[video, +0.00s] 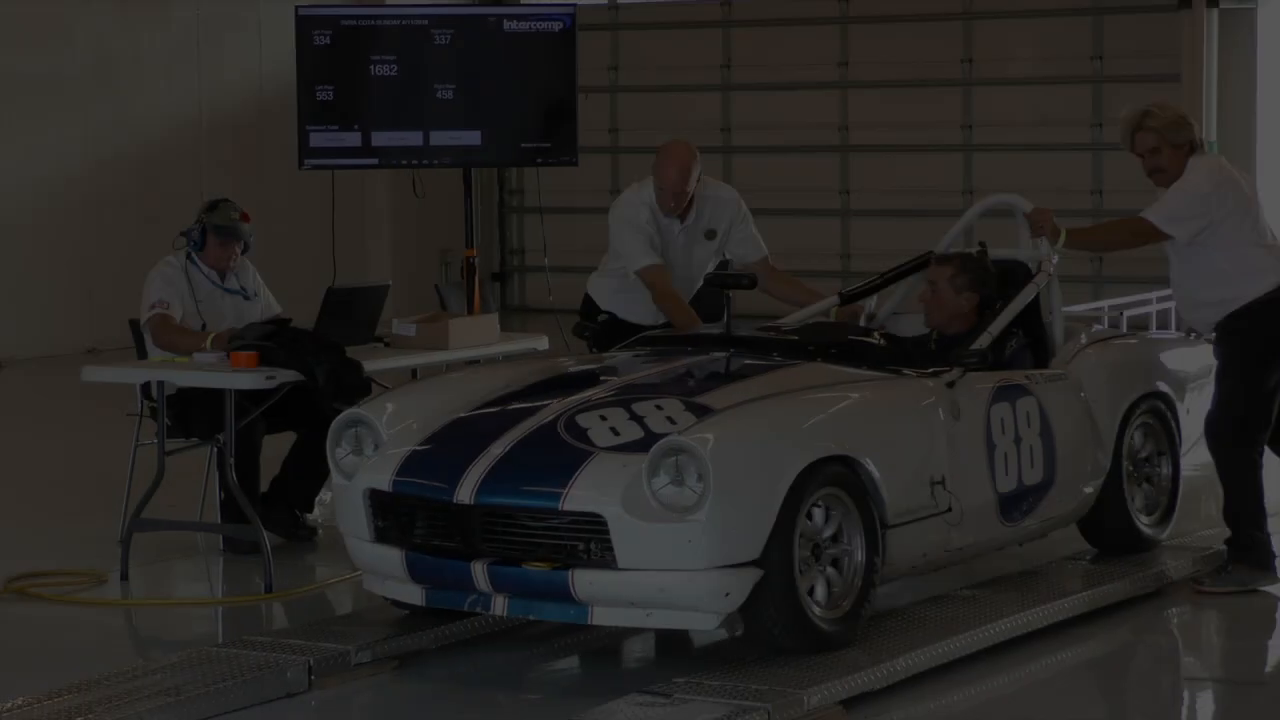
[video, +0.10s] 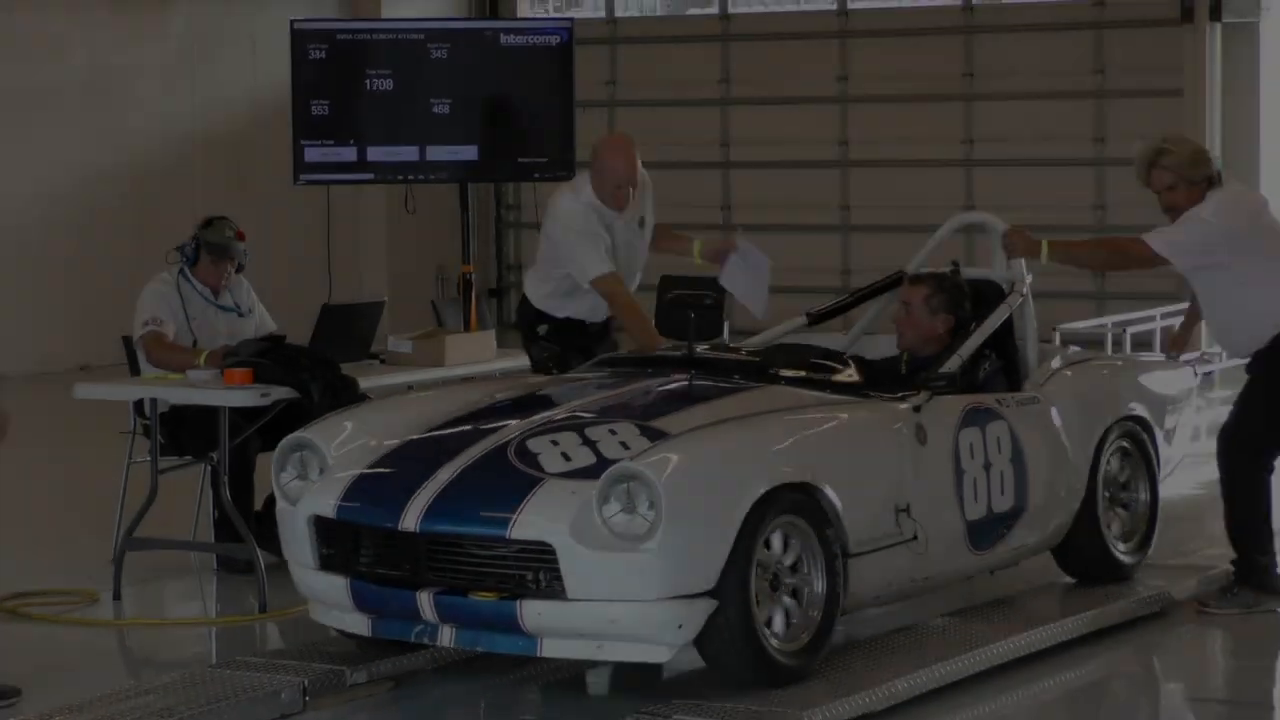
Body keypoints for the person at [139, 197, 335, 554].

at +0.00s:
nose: (233, 252)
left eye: (239, 244)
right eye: (223, 242)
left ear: (245, 245)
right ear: (200, 238)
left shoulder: (244, 272)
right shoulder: (168, 274)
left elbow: (276, 324)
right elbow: (161, 333)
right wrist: (213, 341)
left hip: (247, 392)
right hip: (185, 395)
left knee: (328, 412)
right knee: (242, 418)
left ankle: (283, 509)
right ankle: (240, 528)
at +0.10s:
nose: (226, 270)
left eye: (233, 263)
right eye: (218, 260)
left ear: (240, 263)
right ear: (197, 253)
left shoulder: (239, 288)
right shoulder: (162, 290)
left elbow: (270, 340)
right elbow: (155, 350)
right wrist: (206, 359)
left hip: (237, 408)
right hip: (179, 411)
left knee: (312, 422)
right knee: (238, 436)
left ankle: (272, 522)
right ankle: (232, 544)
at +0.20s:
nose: (184, 257)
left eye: (190, 248)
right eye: (173, 247)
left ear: (198, 249)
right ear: (148, 247)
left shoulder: (202, 285)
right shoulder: (115, 288)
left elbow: (236, 342)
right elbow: (108, 355)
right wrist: (167, 363)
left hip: (201, 416)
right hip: (137, 421)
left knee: (261, 441)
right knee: (203, 454)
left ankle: (250, 566)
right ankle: (197, 578)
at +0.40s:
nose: (192, 281)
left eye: (192, 272)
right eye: (181, 272)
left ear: (195, 276)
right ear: (153, 275)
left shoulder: (197, 320)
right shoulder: (114, 316)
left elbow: (225, 367)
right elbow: (104, 384)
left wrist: (213, 389)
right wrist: (165, 392)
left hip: (190, 444)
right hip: (128, 449)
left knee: (233, 473)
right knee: (195, 479)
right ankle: (188, 601)